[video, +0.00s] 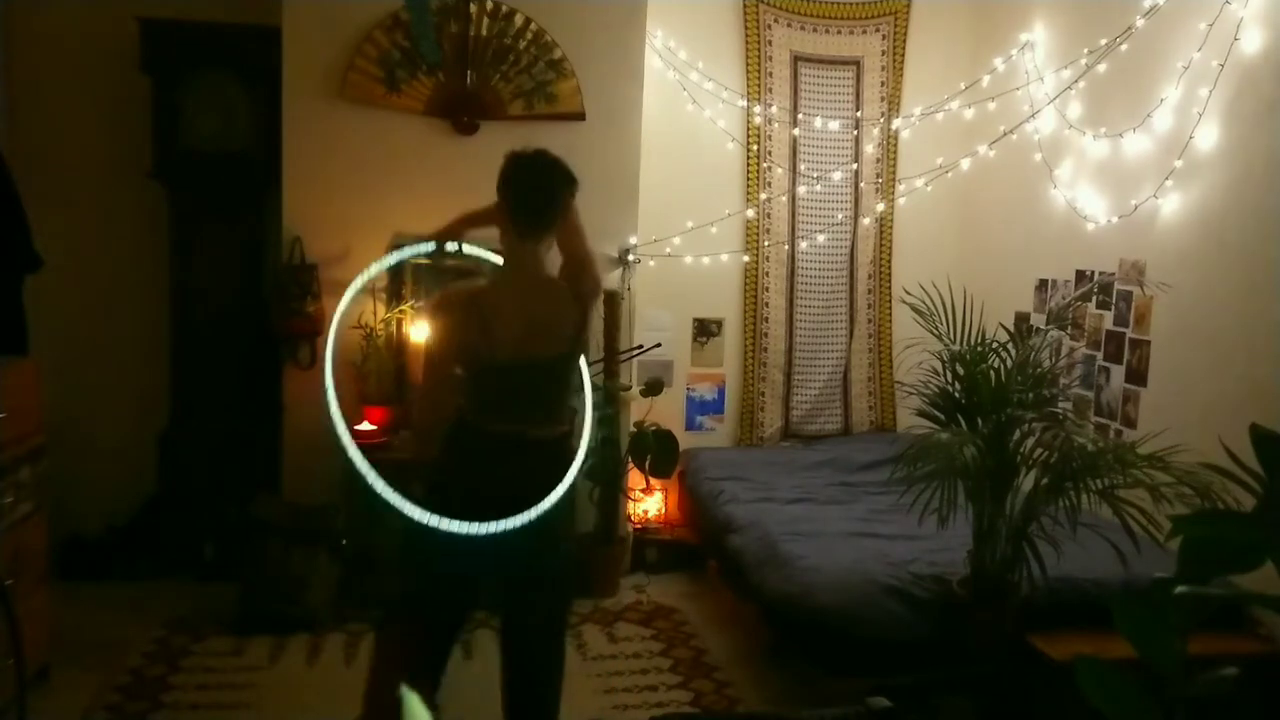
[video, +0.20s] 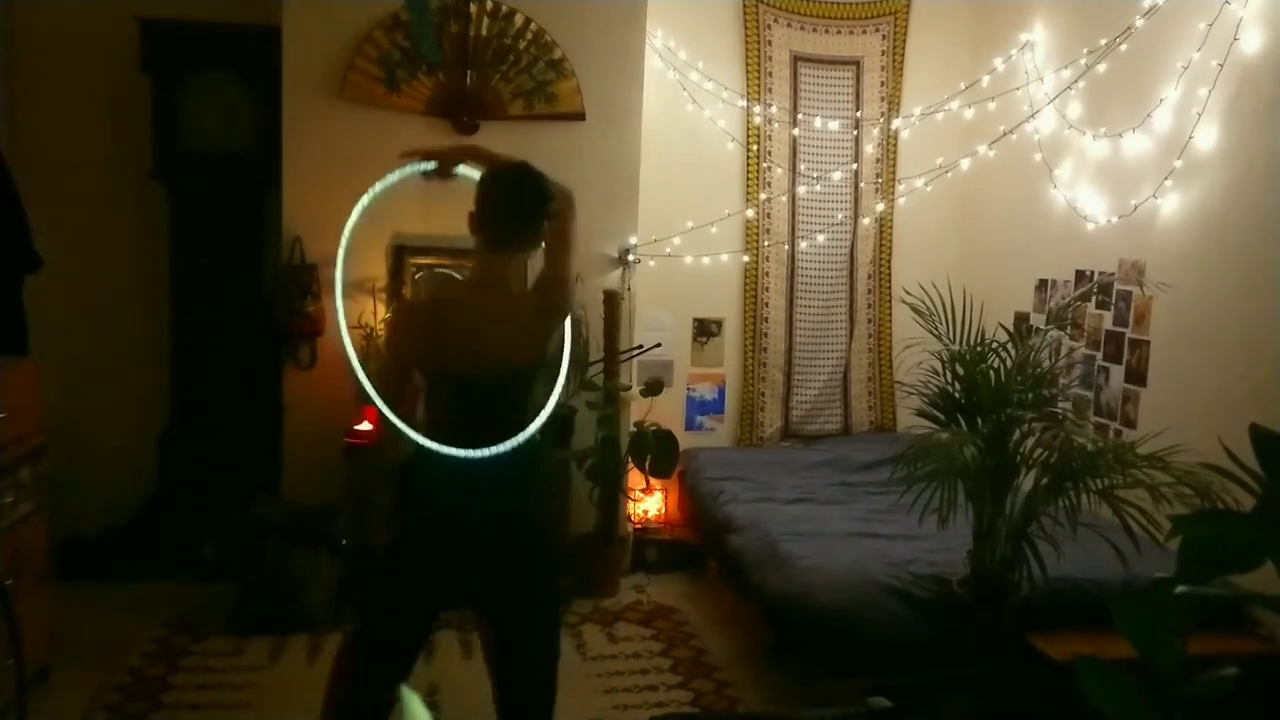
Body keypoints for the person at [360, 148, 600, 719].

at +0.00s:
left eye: (508, 204)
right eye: (565, 207)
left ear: (502, 212)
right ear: (565, 214)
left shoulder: (460, 308)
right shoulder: (573, 304)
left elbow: (430, 416)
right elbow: (556, 215)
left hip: (465, 487)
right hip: (545, 498)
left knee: (415, 656)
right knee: (534, 675)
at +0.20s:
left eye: (477, 208)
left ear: (473, 222)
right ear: (541, 225)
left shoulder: (424, 313)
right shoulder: (546, 317)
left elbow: (397, 410)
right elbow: (560, 206)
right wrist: (472, 157)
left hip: (429, 523)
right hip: (518, 527)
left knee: (364, 682)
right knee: (528, 697)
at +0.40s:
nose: (438, 216)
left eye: (442, 204)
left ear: (435, 219)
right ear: (502, 229)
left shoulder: (374, 307)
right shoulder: (508, 311)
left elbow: (334, 424)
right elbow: (543, 223)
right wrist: (491, 134)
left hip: (388, 523)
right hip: (485, 526)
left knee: (333, 699)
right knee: (513, 701)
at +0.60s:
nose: (450, 240)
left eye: (449, 224)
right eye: (449, 224)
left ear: (379, 217)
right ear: (446, 228)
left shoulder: (322, 302)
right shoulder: (447, 318)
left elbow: (294, 416)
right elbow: (517, 260)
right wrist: (499, 157)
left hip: (332, 520)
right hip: (421, 526)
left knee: (316, 694)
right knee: (476, 694)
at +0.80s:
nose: (421, 239)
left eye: (421, 225)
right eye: (414, 225)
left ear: (351, 222)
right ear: (378, 226)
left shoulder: (309, 308)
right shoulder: (363, 319)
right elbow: (494, 298)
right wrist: (513, 189)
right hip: (356, 533)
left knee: (302, 698)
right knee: (450, 695)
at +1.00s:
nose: (393, 247)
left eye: (393, 231)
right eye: (384, 230)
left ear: (334, 231)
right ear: (340, 230)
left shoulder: (280, 308)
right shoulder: (343, 324)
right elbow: (464, 354)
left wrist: (452, 326)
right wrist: (533, 271)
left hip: (287, 525)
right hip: (341, 534)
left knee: (295, 700)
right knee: (441, 697)